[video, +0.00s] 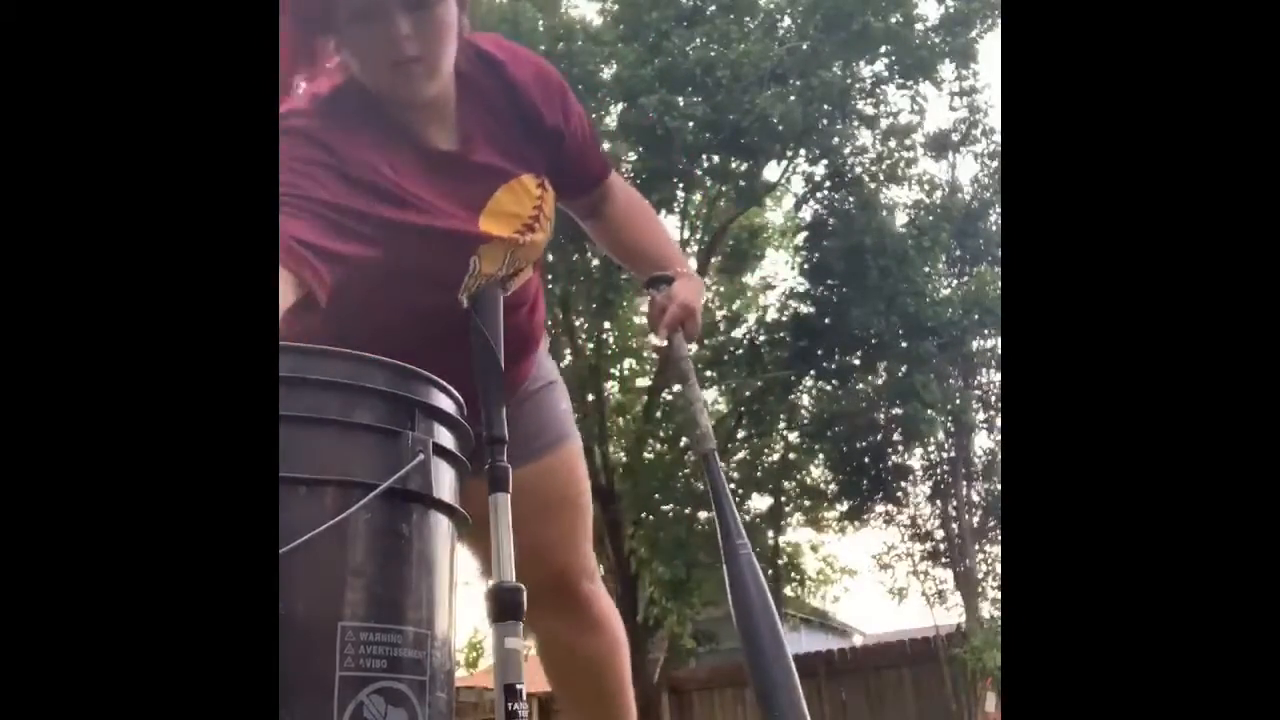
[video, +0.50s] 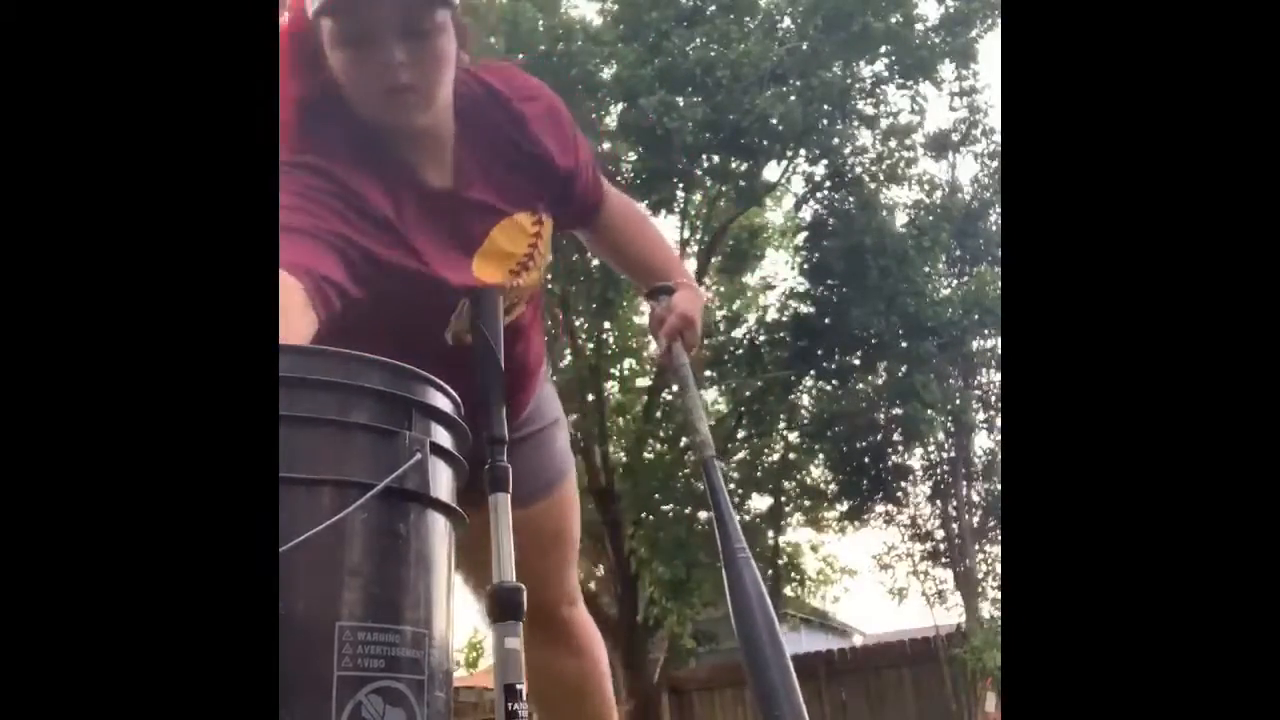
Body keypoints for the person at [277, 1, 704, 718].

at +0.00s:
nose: (403, 33)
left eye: (421, 5)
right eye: (370, 15)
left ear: (457, 8)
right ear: (334, 38)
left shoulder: (520, 87)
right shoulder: (310, 139)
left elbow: (599, 195)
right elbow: (288, 268)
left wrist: (676, 270)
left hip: (511, 381)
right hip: (366, 397)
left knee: (569, 589)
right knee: (341, 613)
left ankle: (613, 718)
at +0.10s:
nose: (423, 21)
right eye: (393, 6)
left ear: (474, 3)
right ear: (354, 24)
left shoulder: (535, 92)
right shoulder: (306, 132)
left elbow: (609, 203)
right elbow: (278, 267)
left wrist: (687, 279)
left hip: (522, 402)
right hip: (360, 413)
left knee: (577, 612)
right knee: (338, 630)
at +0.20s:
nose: (427, 22)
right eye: (395, 5)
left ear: (481, 5)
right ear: (354, 26)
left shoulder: (537, 94)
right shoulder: (332, 133)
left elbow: (615, 213)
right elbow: (288, 236)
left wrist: (687, 283)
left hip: (535, 407)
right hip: (390, 419)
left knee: (580, 622)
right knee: (380, 641)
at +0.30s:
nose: (426, 26)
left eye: (445, 0)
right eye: (393, 7)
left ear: (481, 11)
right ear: (355, 27)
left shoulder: (533, 101)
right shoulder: (334, 149)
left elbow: (607, 214)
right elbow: (294, 249)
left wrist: (684, 286)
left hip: (531, 404)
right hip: (388, 416)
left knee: (576, 614)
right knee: (369, 634)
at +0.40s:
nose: (409, 46)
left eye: (431, 18)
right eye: (374, 25)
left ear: (468, 18)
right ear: (338, 33)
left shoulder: (526, 108)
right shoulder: (324, 151)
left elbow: (602, 210)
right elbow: (294, 268)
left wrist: (679, 286)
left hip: (520, 396)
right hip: (375, 408)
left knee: (565, 612)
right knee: (350, 628)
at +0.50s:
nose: (394, 61)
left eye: (417, 31)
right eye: (358, 40)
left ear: (455, 25)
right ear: (323, 50)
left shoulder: (517, 110)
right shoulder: (317, 169)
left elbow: (596, 204)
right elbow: (289, 295)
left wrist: (677, 281)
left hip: (510, 395)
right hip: (369, 408)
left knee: (554, 614)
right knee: (350, 627)